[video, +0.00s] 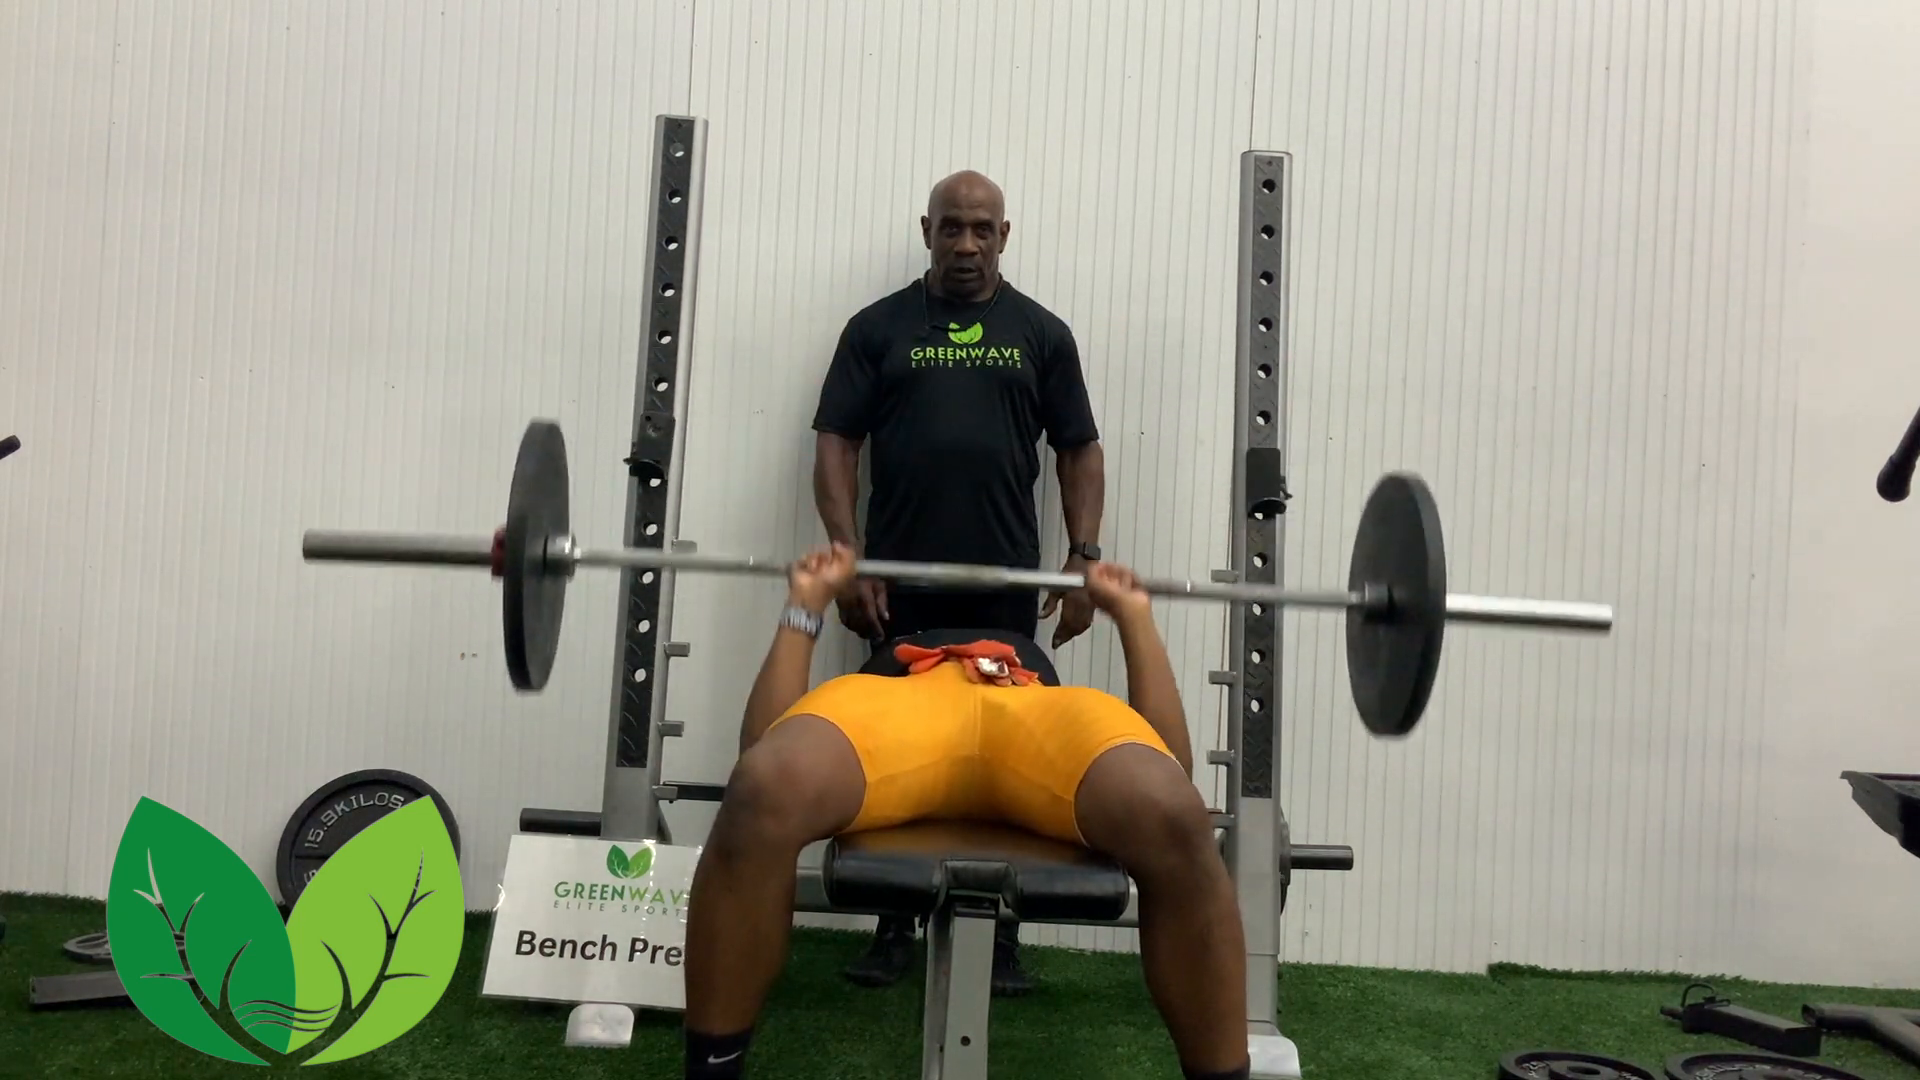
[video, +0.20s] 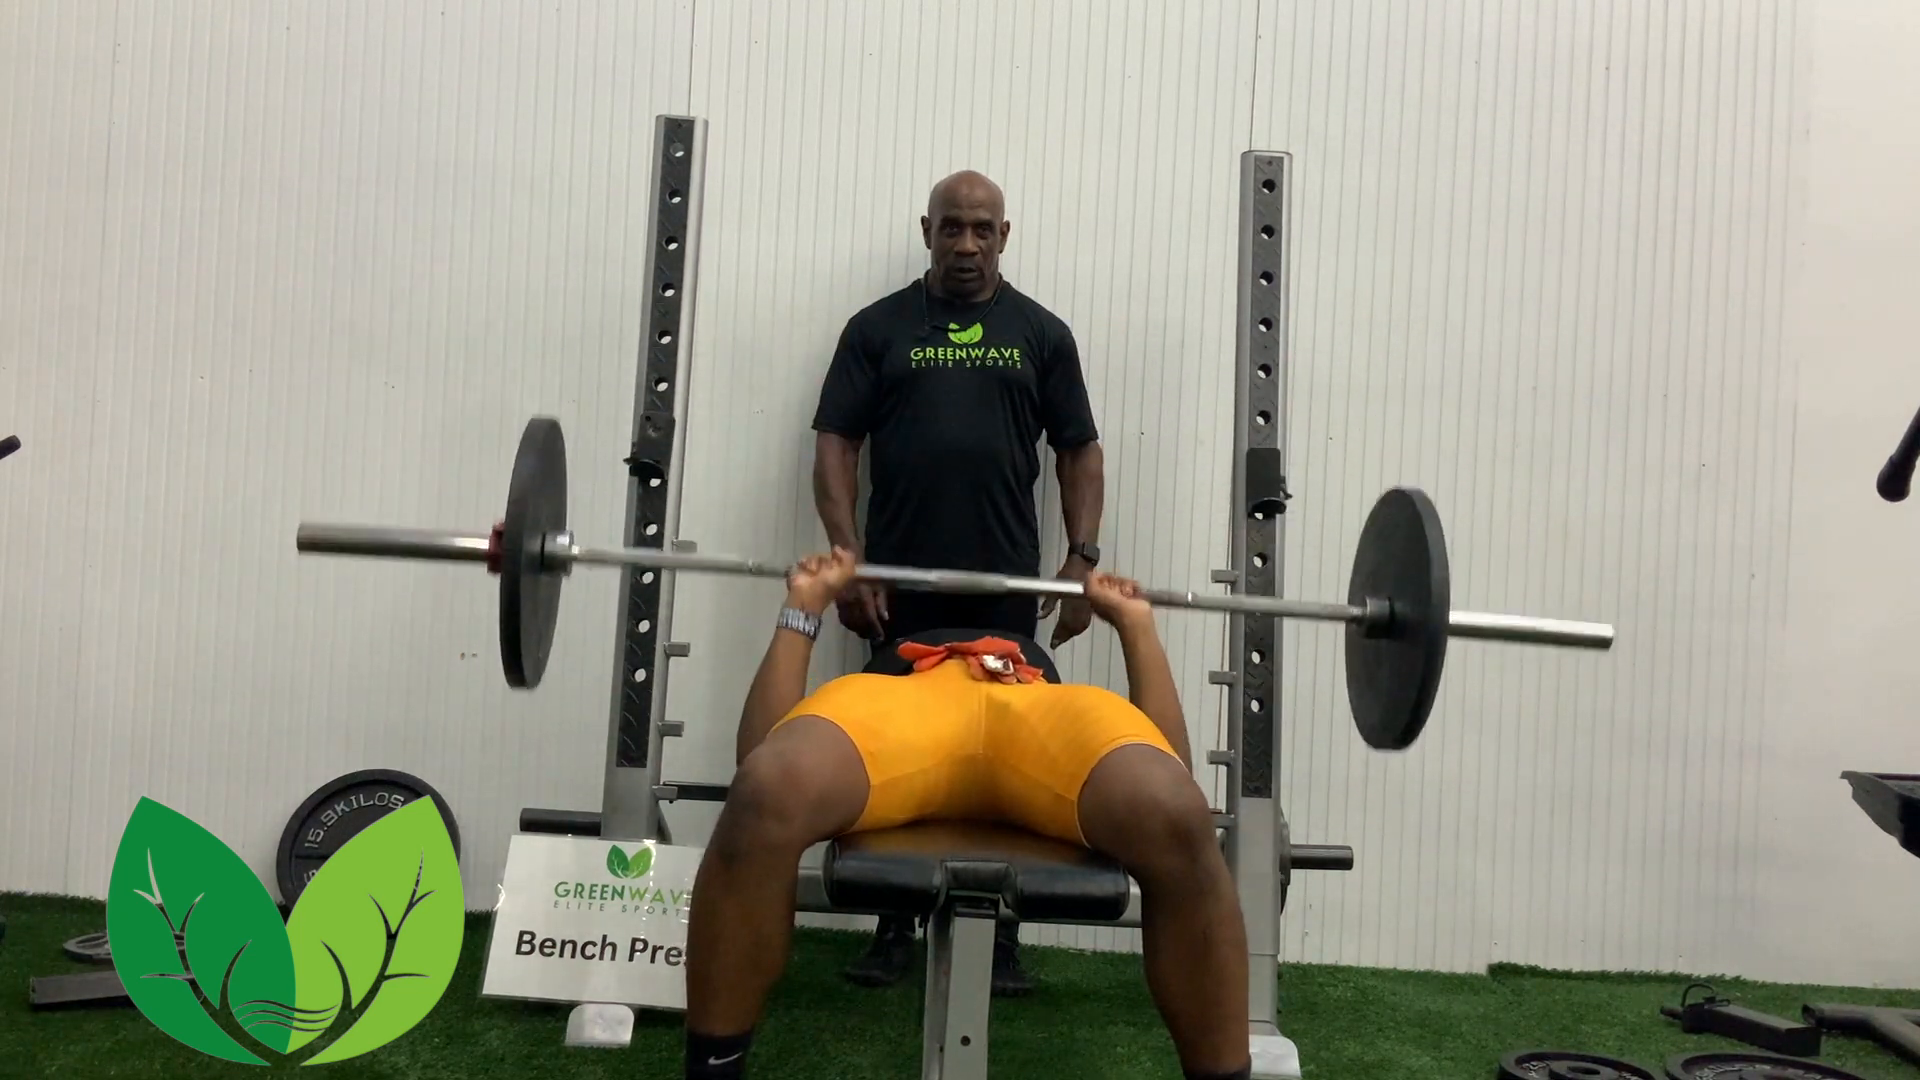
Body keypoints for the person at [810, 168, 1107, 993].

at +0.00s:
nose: (968, 244)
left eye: (984, 231)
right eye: (952, 229)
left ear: (1005, 239)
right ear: (927, 235)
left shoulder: (1042, 336)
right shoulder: (876, 330)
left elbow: (1079, 452)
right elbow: (835, 447)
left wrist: (1082, 558)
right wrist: (848, 560)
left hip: (1006, 590)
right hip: (901, 587)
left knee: (1012, 761)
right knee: (889, 757)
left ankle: (1000, 930)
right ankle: (895, 922)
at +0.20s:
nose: (968, 244)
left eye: (984, 230)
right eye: (952, 229)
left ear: (1005, 239)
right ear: (927, 235)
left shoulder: (1042, 336)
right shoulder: (876, 330)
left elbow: (1079, 453)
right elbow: (835, 447)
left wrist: (1081, 559)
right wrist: (848, 559)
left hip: (1007, 594)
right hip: (901, 589)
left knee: (1012, 761)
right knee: (889, 760)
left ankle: (1001, 931)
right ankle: (895, 923)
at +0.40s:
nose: (967, 244)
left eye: (984, 231)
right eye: (952, 229)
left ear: (1005, 239)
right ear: (926, 234)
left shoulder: (1042, 336)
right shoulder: (875, 331)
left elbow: (1079, 458)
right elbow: (831, 457)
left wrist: (1082, 558)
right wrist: (849, 561)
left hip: (1006, 588)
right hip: (900, 586)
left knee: (1013, 753)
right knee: (888, 751)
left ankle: (999, 931)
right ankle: (895, 922)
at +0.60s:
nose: (967, 244)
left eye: (983, 230)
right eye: (951, 228)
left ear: (1005, 238)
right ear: (926, 234)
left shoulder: (1042, 333)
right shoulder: (876, 328)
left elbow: (1079, 462)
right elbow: (846, 453)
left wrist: (1090, 566)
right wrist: (855, 563)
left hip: (1005, 577)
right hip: (900, 573)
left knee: (1011, 748)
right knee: (892, 744)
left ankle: (1000, 927)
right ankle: (896, 920)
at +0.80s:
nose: (969, 243)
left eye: (985, 230)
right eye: (953, 228)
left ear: (1005, 239)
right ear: (926, 234)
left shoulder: (1043, 336)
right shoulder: (871, 333)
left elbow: (1078, 451)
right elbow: (838, 458)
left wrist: (1081, 555)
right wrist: (850, 557)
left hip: (1007, 583)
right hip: (899, 577)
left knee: (1009, 759)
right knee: (891, 752)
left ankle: (998, 929)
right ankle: (896, 920)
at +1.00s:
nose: (969, 242)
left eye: (985, 229)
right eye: (953, 228)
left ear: (1005, 239)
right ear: (927, 234)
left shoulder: (1041, 336)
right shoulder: (875, 331)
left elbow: (1078, 454)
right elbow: (835, 445)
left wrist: (1083, 562)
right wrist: (847, 554)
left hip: (1007, 587)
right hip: (902, 584)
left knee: (1012, 758)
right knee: (892, 757)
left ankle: (1000, 929)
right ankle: (895, 922)